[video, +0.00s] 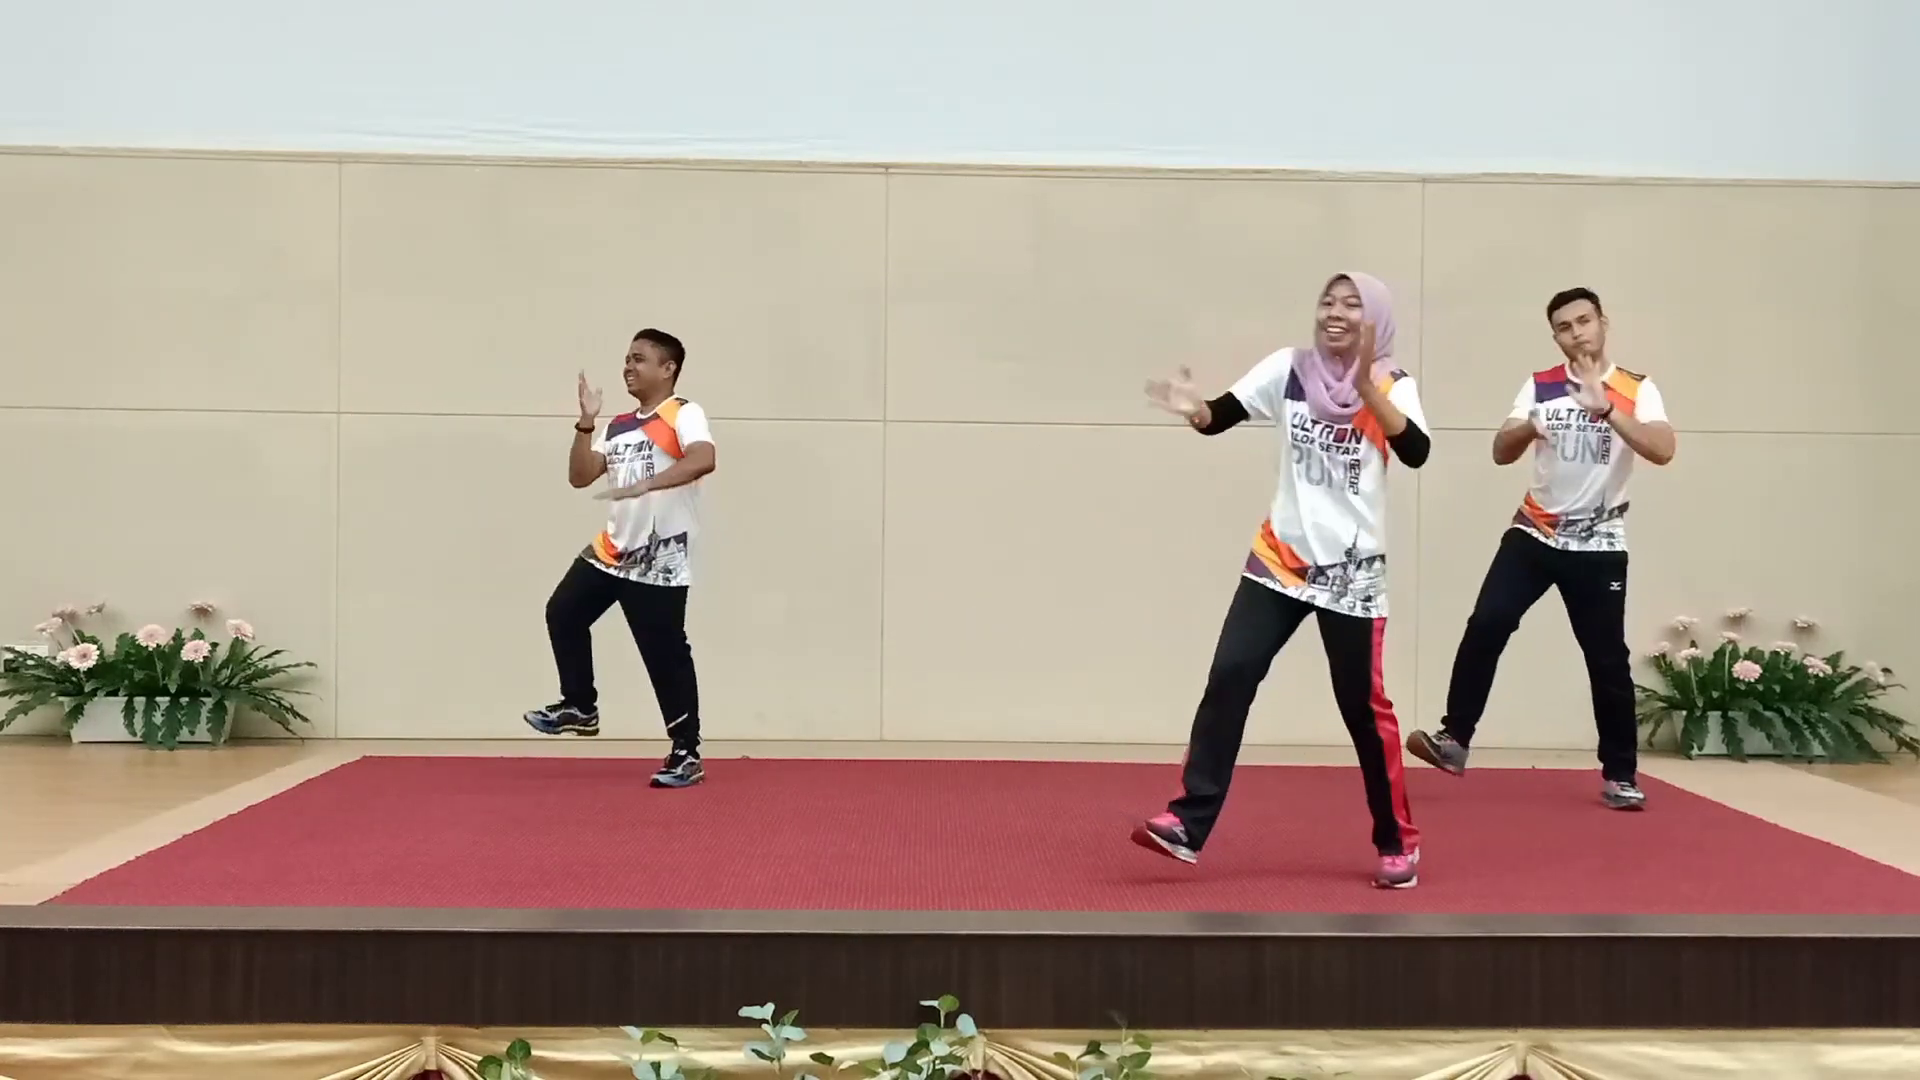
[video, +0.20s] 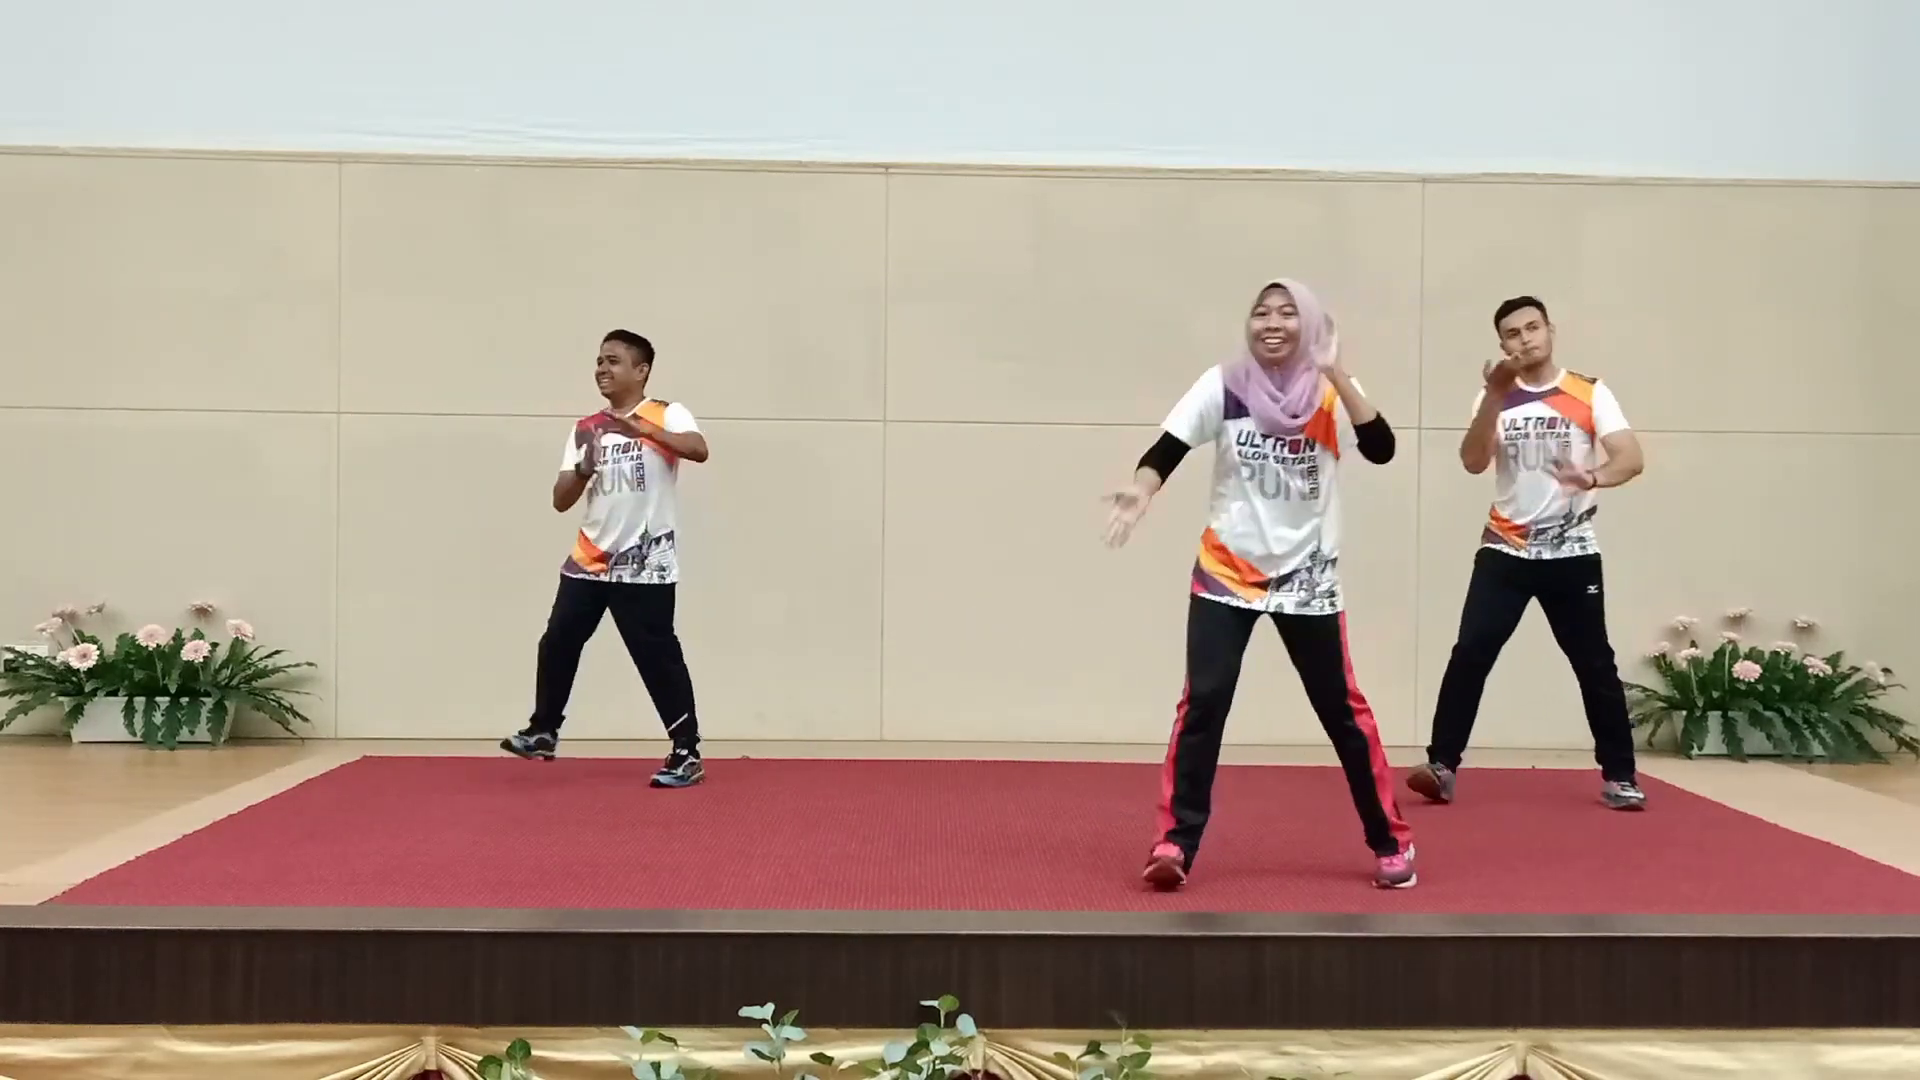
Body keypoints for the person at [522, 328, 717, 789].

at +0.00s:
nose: (627, 367)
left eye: (638, 360)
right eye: (628, 359)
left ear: (668, 368)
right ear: (632, 368)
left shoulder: (684, 413)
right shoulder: (618, 425)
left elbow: (703, 459)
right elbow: (580, 477)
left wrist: (644, 484)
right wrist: (585, 428)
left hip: (659, 561)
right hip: (610, 551)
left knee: (666, 655)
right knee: (563, 614)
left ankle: (685, 755)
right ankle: (579, 709)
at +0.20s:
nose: (601, 369)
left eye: (612, 361)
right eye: (599, 362)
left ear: (642, 370)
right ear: (598, 370)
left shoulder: (666, 414)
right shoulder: (585, 429)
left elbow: (698, 450)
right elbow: (560, 501)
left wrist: (640, 429)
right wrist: (585, 469)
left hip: (646, 563)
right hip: (590, 561)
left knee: (658, 656)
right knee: (557, 643)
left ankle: (687, 754)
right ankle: (543, 733)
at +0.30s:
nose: (590, 374)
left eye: (601, 366)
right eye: (585, 367)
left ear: (627, 376)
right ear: (579, 375)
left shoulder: (651, 425)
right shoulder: (560, 436)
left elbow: (687, 466)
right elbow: (539, 506)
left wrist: (641, 425)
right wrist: (569, 509)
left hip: (633, 575)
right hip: (575, 576)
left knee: (648, 661)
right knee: (554, 661)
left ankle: (687, 754)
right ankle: (527, 756)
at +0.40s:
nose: (576, 372)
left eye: (587, 365)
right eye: (570, 365)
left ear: (606, 375)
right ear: (559, 372)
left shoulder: (631, 428)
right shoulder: (534, 432)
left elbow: (665, 481)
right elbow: (505, 502)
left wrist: (626, 431)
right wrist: (542, 536)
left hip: (613, 575)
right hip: (552, 576)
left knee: (640, 661)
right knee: (537, 666)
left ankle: (681, 752)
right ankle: (523, 760)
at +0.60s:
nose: (549, 369)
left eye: (558, 362)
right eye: (538, 361)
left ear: (570, 370)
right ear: (522, 370)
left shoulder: (591, 430)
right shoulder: (498, 418)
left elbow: (616, 496)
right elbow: (458, 469)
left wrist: (582, 465)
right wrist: (465, 520)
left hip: (573, 566)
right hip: (514, 565)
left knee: (594, 640)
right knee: (516, 664)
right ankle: (520, 758)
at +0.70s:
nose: (533, 368)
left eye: (541, 361)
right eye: (523, 361)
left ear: (553, 369)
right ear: (505, 370)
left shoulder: (573, 430)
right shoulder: (481, 416)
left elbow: (596, 497)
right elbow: (441, 459)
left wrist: (570, 486)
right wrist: (451, 485)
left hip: (553, 565)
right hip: (499, 563)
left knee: (564, 644)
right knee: (509, 662)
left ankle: (505, 722)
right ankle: (519, 759)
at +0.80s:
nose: (518, 371)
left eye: (525, 364)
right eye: (507, 364)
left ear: (537, 372)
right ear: (488, 374)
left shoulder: (559, 433)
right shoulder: (466, 421)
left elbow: (581, 499)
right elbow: (427, 465)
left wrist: (553, 513)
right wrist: (447, 455)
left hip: (534, 570)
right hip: (484, 567)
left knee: (512, 666)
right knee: (502, 667)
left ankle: (469, 738)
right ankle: (519, 760)